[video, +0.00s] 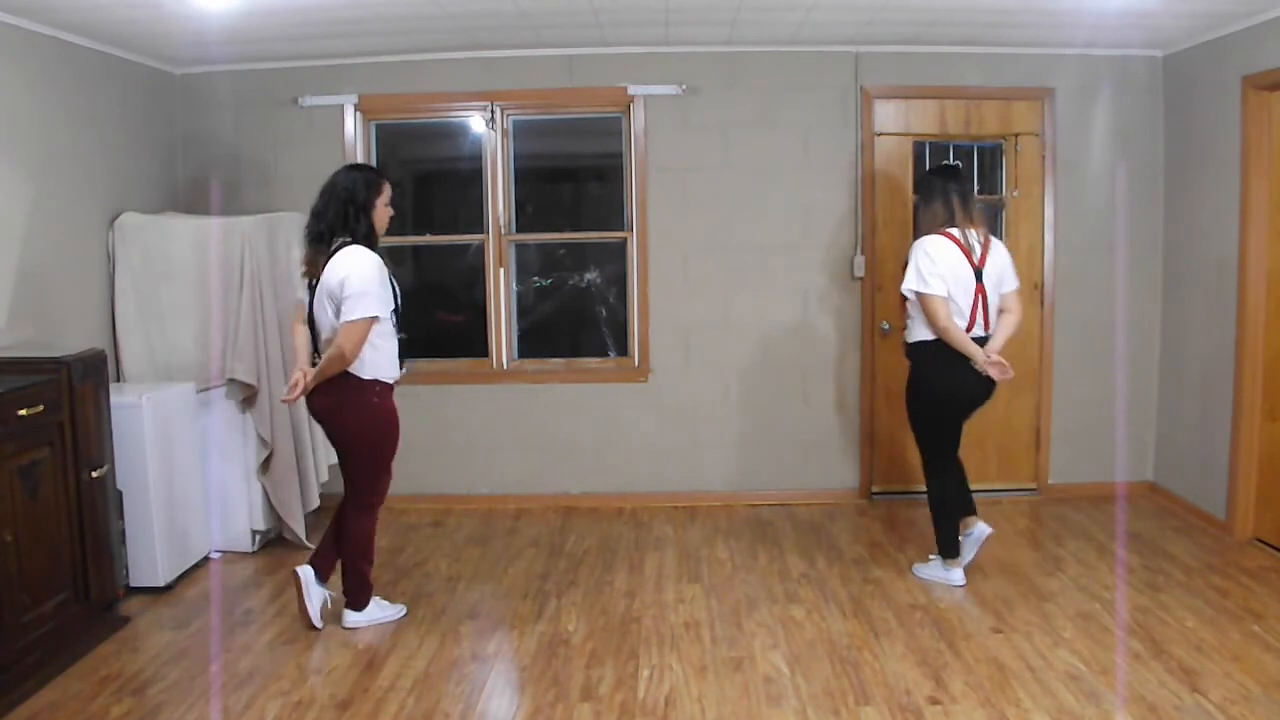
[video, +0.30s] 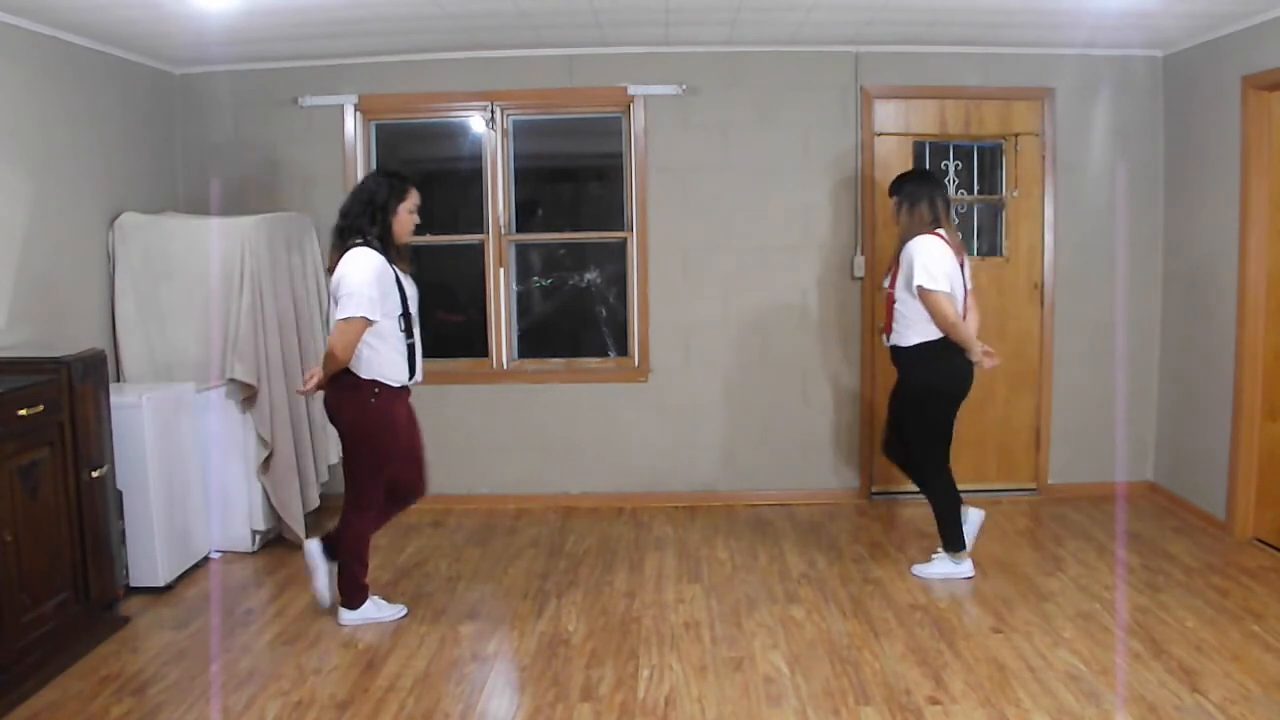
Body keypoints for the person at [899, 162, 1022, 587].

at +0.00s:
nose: (920, 210)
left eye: (922, 204)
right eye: (921, 204)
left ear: (930, 205)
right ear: (967, 202)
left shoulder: (927, 249)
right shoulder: (995, 248)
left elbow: (941, 322)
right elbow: (1012, 311)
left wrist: (980, 357)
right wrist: (990, 351)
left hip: (936, 366)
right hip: (980, 368)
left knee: (938, 458)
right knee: (943, 443)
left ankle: (949, 560)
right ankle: (969, 520)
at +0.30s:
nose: (894, 215)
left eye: (898, 207)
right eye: (894, 207)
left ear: (915, 206)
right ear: (936, 205)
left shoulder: (922, 247)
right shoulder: (950, 245)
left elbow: (943, 313)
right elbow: (969, 307)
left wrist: (974, 348)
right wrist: (972, 345)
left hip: (930, 364)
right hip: (939, 360)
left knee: (926, 457)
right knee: (895, 447)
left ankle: (955, 556)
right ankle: (959, 513)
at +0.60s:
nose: (850, 229)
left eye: (853, 219)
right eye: (849, 220)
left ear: (870, 217)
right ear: (889, 216)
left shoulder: (883, 255)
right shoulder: (905, 253)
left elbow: (906, 313)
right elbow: (928, 309)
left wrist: (939, 349)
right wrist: (938, 350)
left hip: (895, 368)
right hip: (890, 366)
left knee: (921, 465)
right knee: (850, 448)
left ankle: (956, 555)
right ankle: (823, 530)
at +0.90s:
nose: (786, 226)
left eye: (789, 218)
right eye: (785, 218)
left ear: (806, 216)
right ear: (821, 215)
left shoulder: (816, 251)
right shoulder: (826, 249)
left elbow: (834, 306)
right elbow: (856, 303)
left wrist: (862, 341)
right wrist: (863, 338)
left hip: (829, 362)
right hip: (817, 362)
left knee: (838, 462)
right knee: (804, 453)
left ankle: (917, 520)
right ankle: (780, 532)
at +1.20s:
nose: (744, 217)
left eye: (748, 209)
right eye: (743, 209)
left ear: (765, 207)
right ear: (775, 206)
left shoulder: (783, 242)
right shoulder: (772, 245)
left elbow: (801, 293)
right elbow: (795, 295)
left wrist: (825, 335)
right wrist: (824, 335)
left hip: (785, 352)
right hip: (782, 351)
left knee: (739, 439)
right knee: (782, 442)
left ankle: (799, 502)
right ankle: (778, 529)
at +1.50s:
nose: (707, 224)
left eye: (709, 215)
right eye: (705, 216)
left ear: (727, 212)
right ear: (733, 213)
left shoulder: (748, 247)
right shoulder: (734, 250)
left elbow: (764, 295)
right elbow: (756, 299)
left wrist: (787, 339)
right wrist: (783, 338)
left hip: (750, 357)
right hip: (743, 356)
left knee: (695, 439)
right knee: (760, 446)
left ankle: (705, 530)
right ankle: (777, 530)